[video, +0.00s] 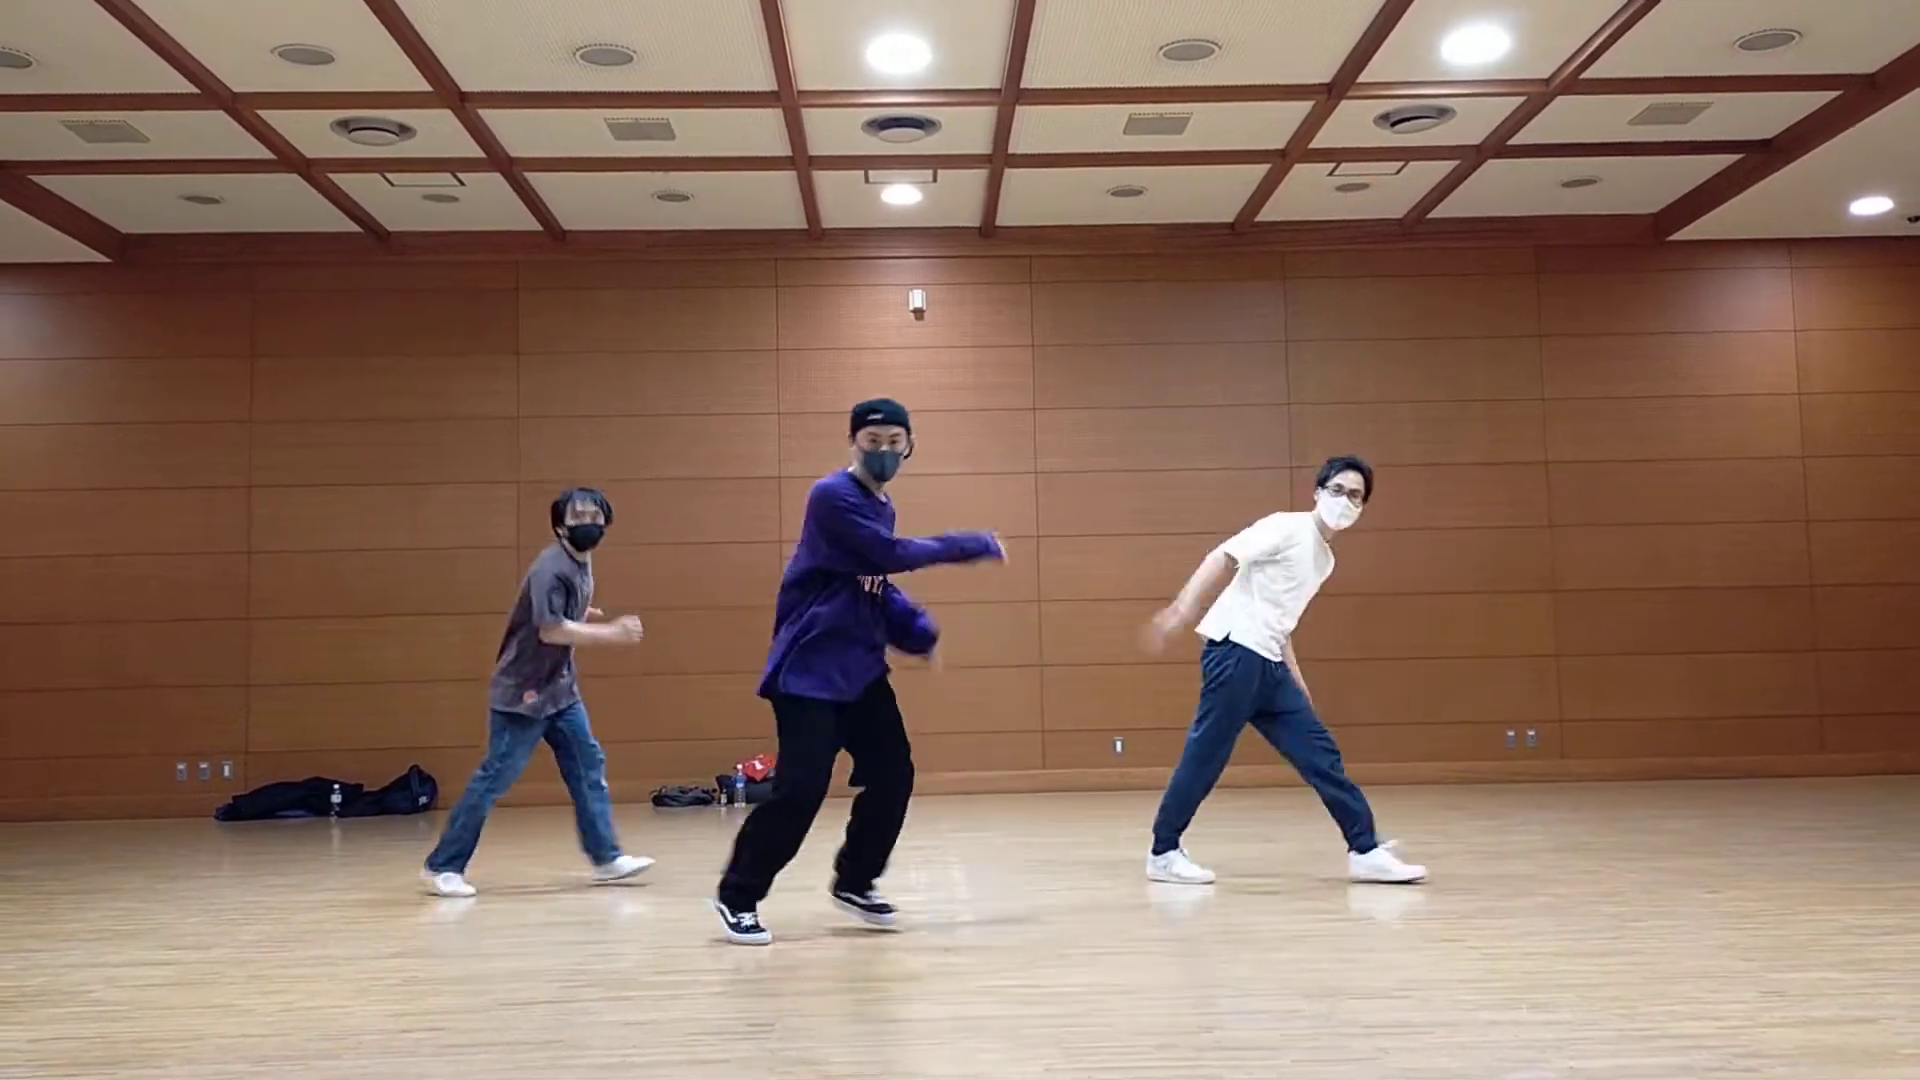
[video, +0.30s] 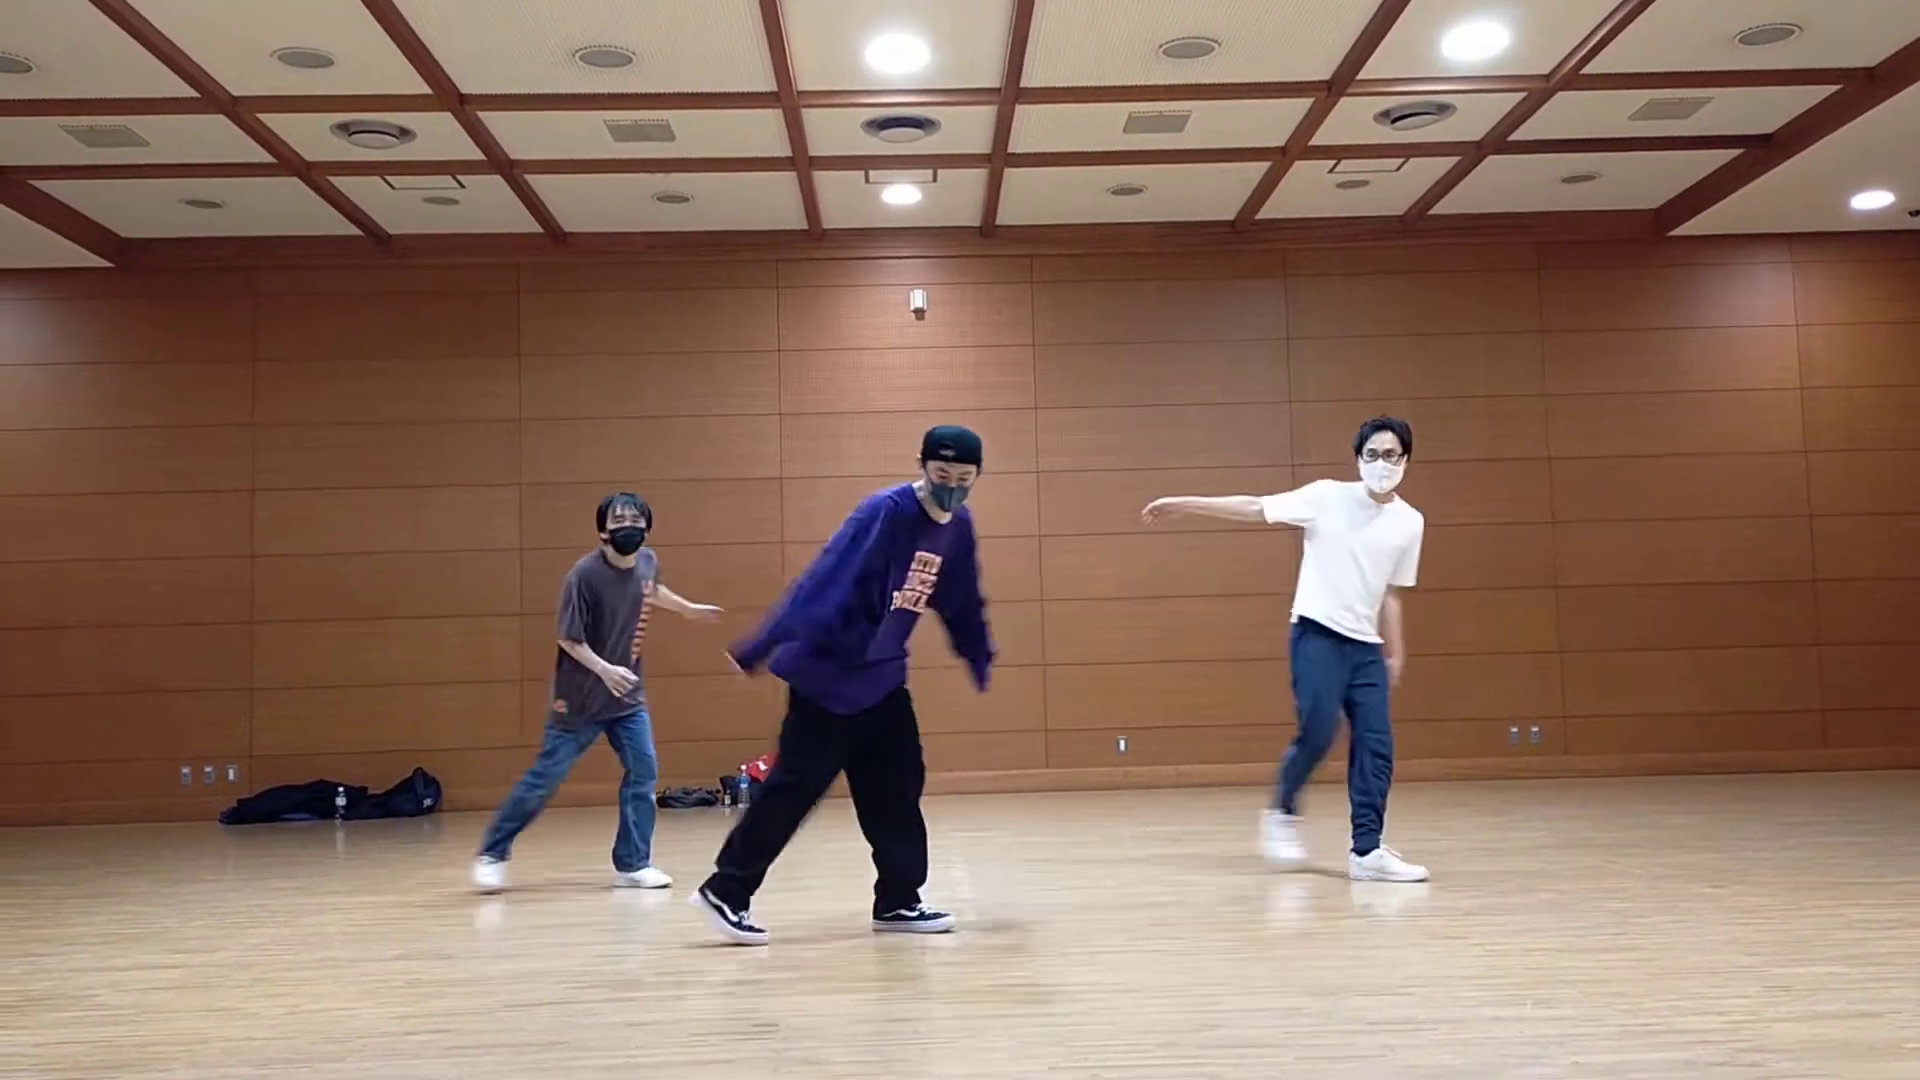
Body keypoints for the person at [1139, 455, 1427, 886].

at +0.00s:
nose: (1346, 502)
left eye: (1356, 497)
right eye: (1338, 491)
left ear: (1362, 509)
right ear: (1318, 493)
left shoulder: (1323, 561)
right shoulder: (1287, 527)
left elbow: (1280, 624)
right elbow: (1221, 558)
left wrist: (1295, 681)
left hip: (1270, 664)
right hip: (1235, 652)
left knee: (1319, 752)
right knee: (1206, 752)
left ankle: (1366, 851)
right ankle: (1163, 852)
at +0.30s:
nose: (1384, 464)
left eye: (1393, 456)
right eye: (1375, 455)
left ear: (1406, 463)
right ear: (1359, 460)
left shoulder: (1409, 522)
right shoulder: (1327, 496)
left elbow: (1391, 593)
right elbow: (1255, 508)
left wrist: (1395, 651)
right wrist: (1181, 505)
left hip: (1366, 644)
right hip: (1317, 633)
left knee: (1376, 745)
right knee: (1319, 733)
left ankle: (1367, 851)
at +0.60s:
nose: (1411, 480)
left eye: (1418, 472)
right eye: (1400, 474)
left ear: (1430, 474)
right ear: (1385, 481)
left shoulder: (1458, 522)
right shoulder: (1366, 525)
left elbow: (1492, 586)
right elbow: (1332, 578)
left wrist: (1502, 544)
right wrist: (1305, 608)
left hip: (1446, 654)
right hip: (1389, 658)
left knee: (1472, 729)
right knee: (1417, 755)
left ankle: (1480, 830)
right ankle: (1444, 837)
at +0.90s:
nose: (1394, 475)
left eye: (1401, 465)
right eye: (1384, 469)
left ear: (1417, 467)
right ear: (1373, 479)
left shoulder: (1454, 504)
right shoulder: (1386, 528)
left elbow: (1525, 529)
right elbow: (1410, 584)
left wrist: (1513, 588)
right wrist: (1387, 596)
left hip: (1480, 645)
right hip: (1428, 649)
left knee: (1519, 741)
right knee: (1407, 724)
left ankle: (1573, 834)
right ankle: (1419, 832)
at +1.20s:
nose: (1355, 479)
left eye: (1362, 470)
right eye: (1345, 473)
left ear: (1378, 473)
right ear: (1335, 483)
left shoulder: (1417, 511)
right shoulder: (1334, 537)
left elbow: (1478, 538)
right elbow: (1344, 609)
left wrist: (1517, 561)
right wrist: (1339, 663)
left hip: (1431, 653)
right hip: (1375, 659)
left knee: (1450, 738)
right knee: (1359, 741)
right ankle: (1384, 846)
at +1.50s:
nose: (1329, 495)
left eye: (1337, 486)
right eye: (1319, 487)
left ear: (1350, 489)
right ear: (1305, 493)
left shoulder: (1377, 539)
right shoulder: (1286, 544)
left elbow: (1399, 598)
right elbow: (1273, 608)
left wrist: (1418, 636)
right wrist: (1255, 654)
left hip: (1359, 669)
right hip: (1305, 666)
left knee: (1336, 763)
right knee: (1322, 748)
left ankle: (1288, 829)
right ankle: (1378, 842)